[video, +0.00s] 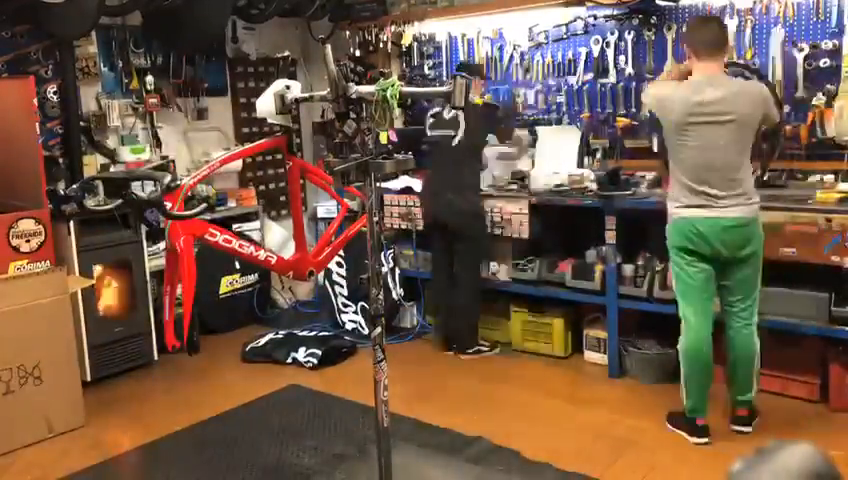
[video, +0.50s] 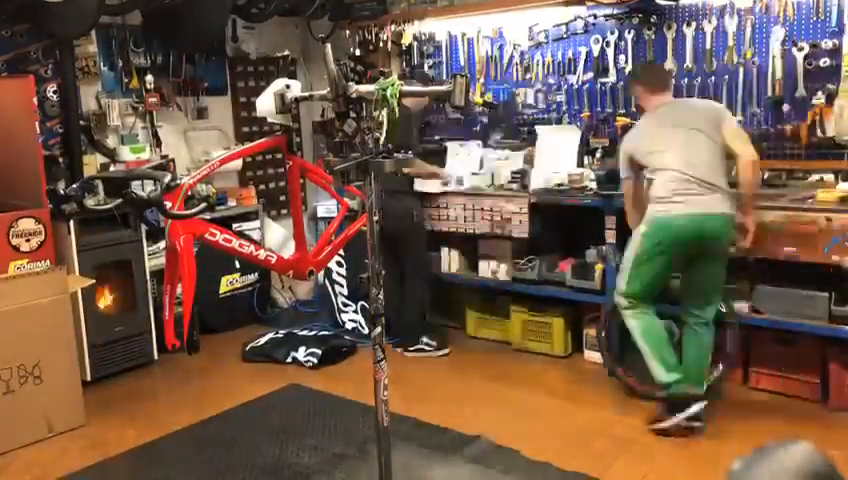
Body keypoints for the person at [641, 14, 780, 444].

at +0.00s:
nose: (690, 55)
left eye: (688, 50)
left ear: (687, 53)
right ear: (729, 50)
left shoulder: (671, 99)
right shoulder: (755, 95)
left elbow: (652, 92)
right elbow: (772, 117)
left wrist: (674, 73)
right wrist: (720, 74)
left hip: (688, 220)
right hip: (740, 220)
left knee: (694, 319)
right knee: (742, 316)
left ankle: (696, 419)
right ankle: (743, 410)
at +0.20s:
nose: (729, 54)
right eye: (730, 49)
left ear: (691, 52)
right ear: (731, 51)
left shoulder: (666, 101)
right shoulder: (753, 94)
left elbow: (660, 122)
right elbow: (787, 128)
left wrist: (697, 80)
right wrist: (755, 82)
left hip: (689, 219)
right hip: (742, 218)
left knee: (696, 318)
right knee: (743, 313)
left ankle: (695, 418)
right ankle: (743, 409)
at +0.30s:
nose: (748, 50)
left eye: (748, 44)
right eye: (753, 43)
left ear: (753, 46)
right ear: (792, 44)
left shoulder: (743, 91)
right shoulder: (821, 94)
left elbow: (692, 117)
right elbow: (818, 131)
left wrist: (723, 77)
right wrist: (775, 76)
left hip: (744, 217)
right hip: (795, 218)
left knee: (737, 319)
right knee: (794, 322)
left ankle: (724, 417)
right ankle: (790, 419)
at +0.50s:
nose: (638, 103)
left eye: (636, 98)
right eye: (639, 98)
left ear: (639, 95)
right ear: (671, 87)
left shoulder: (634, 138)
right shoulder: (713, 110)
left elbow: (633, 207)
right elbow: (748, 156)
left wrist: (647, 239)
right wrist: (748, 210)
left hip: (666, 218)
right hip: (717, 213)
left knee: (633, 300)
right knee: (700, 313)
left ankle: (677, 388)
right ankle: (688, 407)